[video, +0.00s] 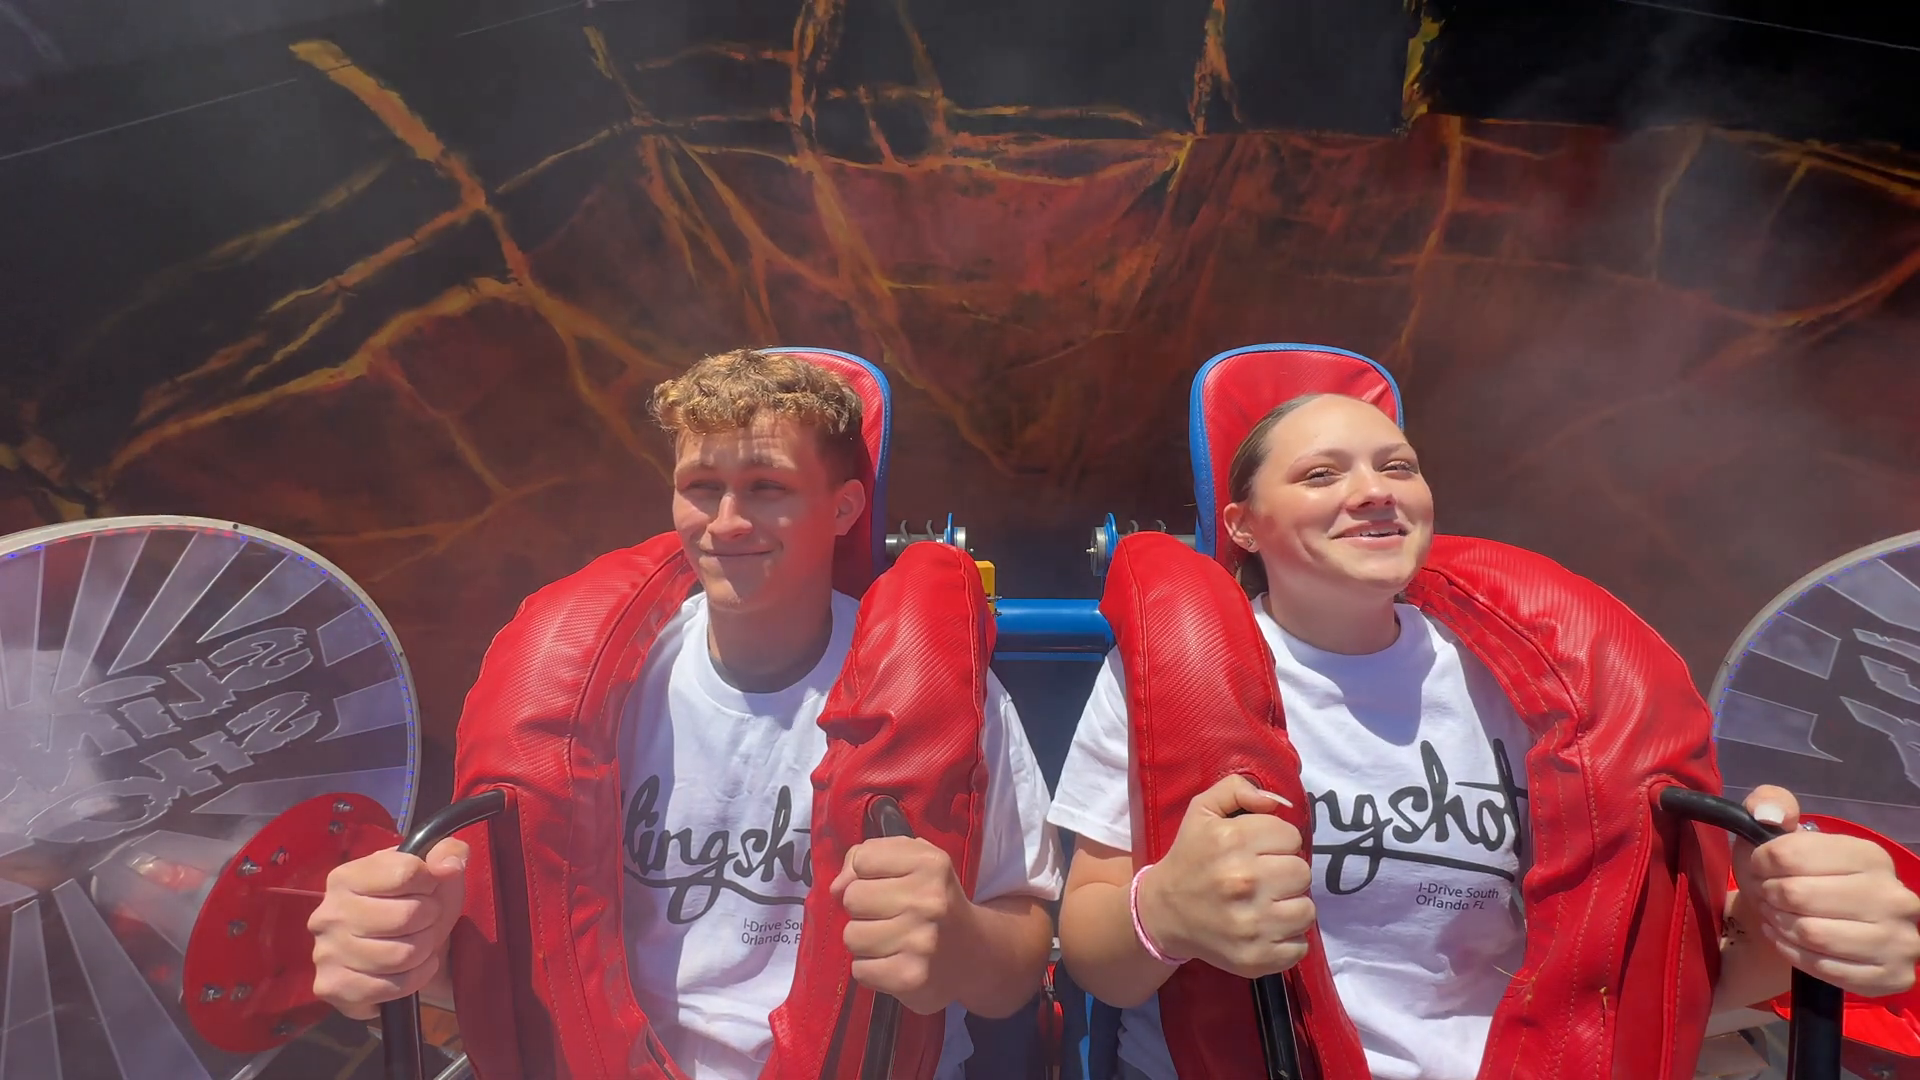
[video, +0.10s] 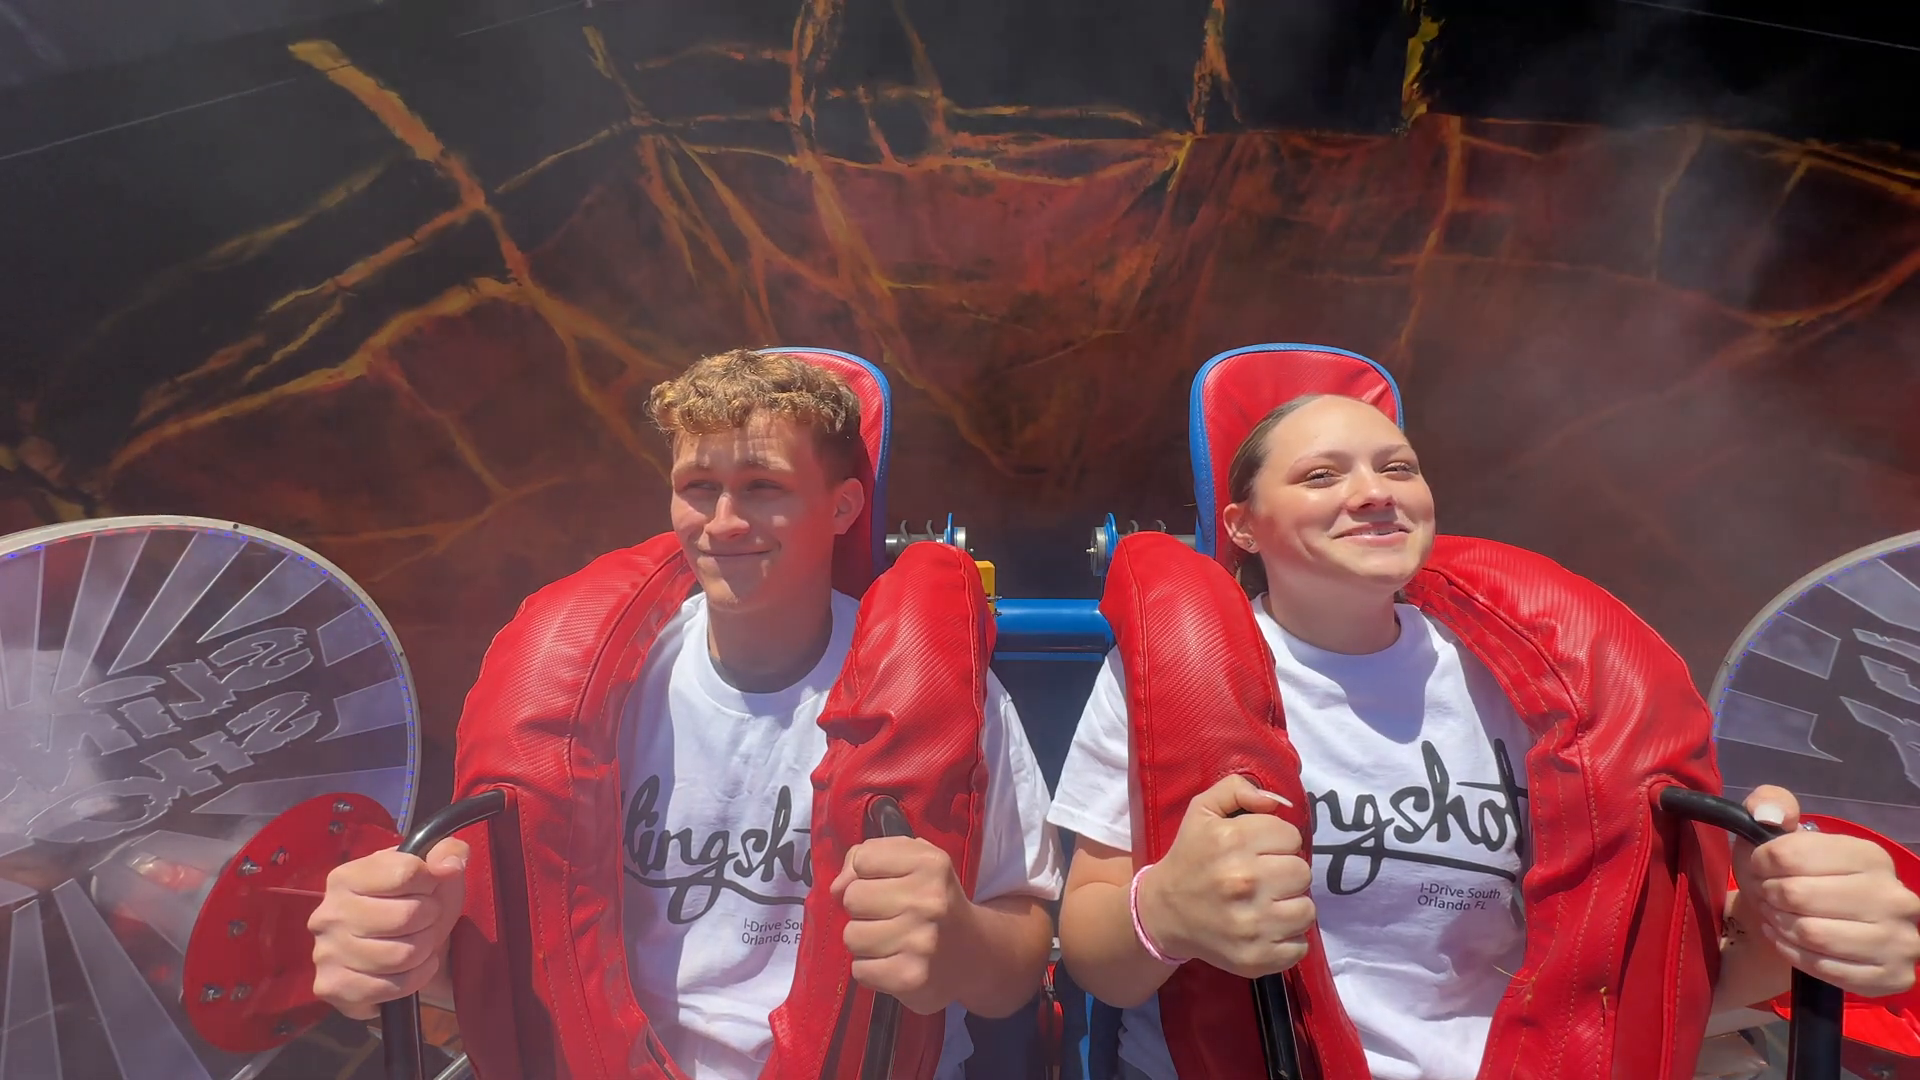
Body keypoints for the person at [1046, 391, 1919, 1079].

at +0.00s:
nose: (1373, 491)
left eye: (1393, 463)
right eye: (1321, 473)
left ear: (1427, 490)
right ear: (1242, 525)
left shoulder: (1533, 655)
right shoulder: (1171, 663)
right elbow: (1087, 957)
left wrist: (1754, 897)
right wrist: (1160, 913)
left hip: (1515, 1055)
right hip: (1289, 1057)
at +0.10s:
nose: (1373, 493)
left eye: (1393, 465)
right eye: (1321, 475)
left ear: (1428, 490)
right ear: (1242, 524)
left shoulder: (1531, 656)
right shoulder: (1172, 662)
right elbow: (1087, 957)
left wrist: (1745, 891)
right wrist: (1159, 913)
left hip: (1516, 1056)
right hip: (1291, 1058)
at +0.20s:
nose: (1373, 489)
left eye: (1394, 463)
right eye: (1321, 473)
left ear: (1429, 490)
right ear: (1242, 524)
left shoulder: (1531, 659)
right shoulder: (1172, 662)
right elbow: (1087, 957)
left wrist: (1746, 895)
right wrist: (1160, 913)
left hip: (1512, 1057)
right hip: (1288, 1059)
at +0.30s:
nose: (1373, 487)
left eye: (1394, 461)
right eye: (1321, 471)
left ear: (1429, 489)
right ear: (1241, 523)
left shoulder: (1530, 657)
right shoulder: (1171, 661)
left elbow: (1642, 930)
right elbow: (1087, 955)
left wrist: (1748, 897)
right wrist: (1159, 914)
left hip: (1512, 1055)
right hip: (1288, 1056)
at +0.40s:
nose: (1374, 489)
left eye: (1394, 461)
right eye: (1321, 472)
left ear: (1428, 488)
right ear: (1242, 524)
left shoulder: (1527, 659)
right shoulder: (1171, 663)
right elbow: (1086, 955)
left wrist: (1743, 889)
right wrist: (1159, 913)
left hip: (1509, 1057)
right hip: (1288, 1059)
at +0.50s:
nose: (1374, 486)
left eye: (1394, 459)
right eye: (1321, 470)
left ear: (1428, 488)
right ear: (1241, 523)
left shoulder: (1533, 659)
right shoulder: (1171, 661)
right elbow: (1088, 956)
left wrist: (1758, 903)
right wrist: (1159, 913)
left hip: (1510, 1058)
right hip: (1285, 1059)